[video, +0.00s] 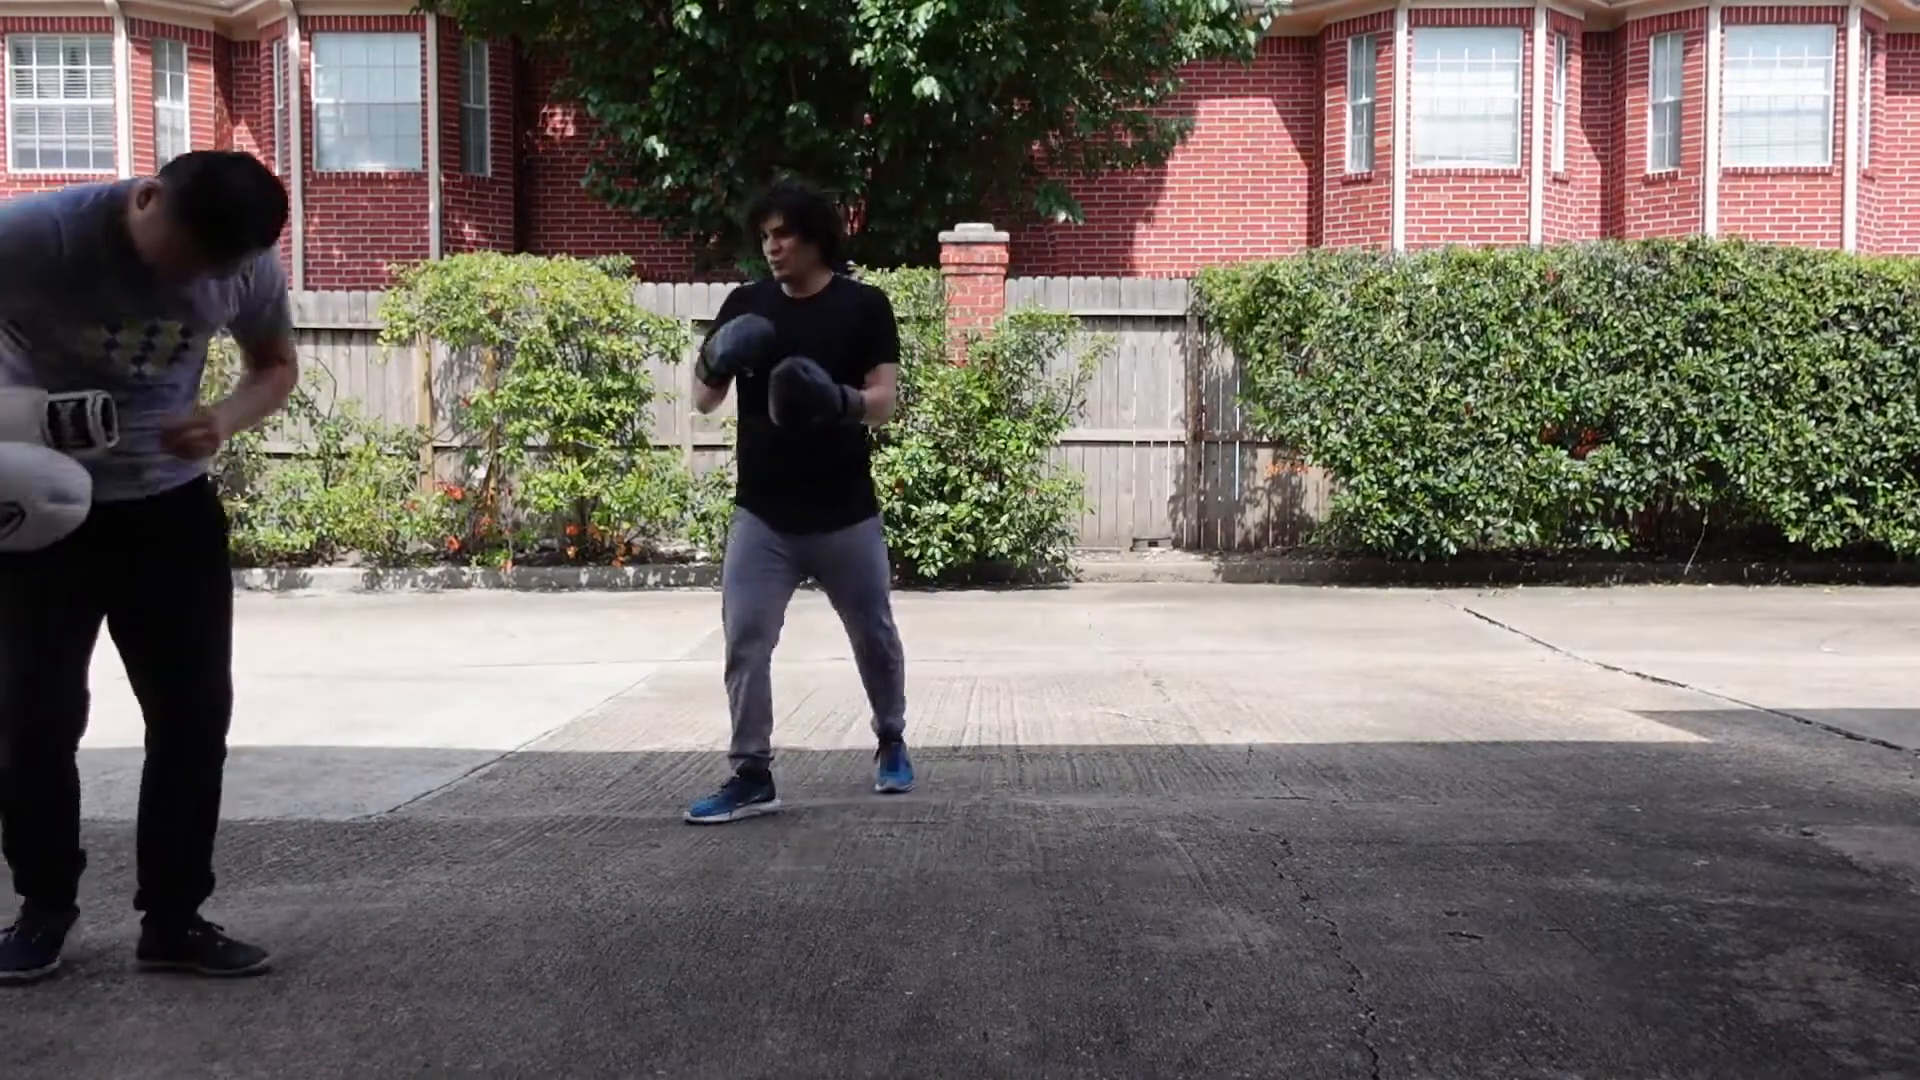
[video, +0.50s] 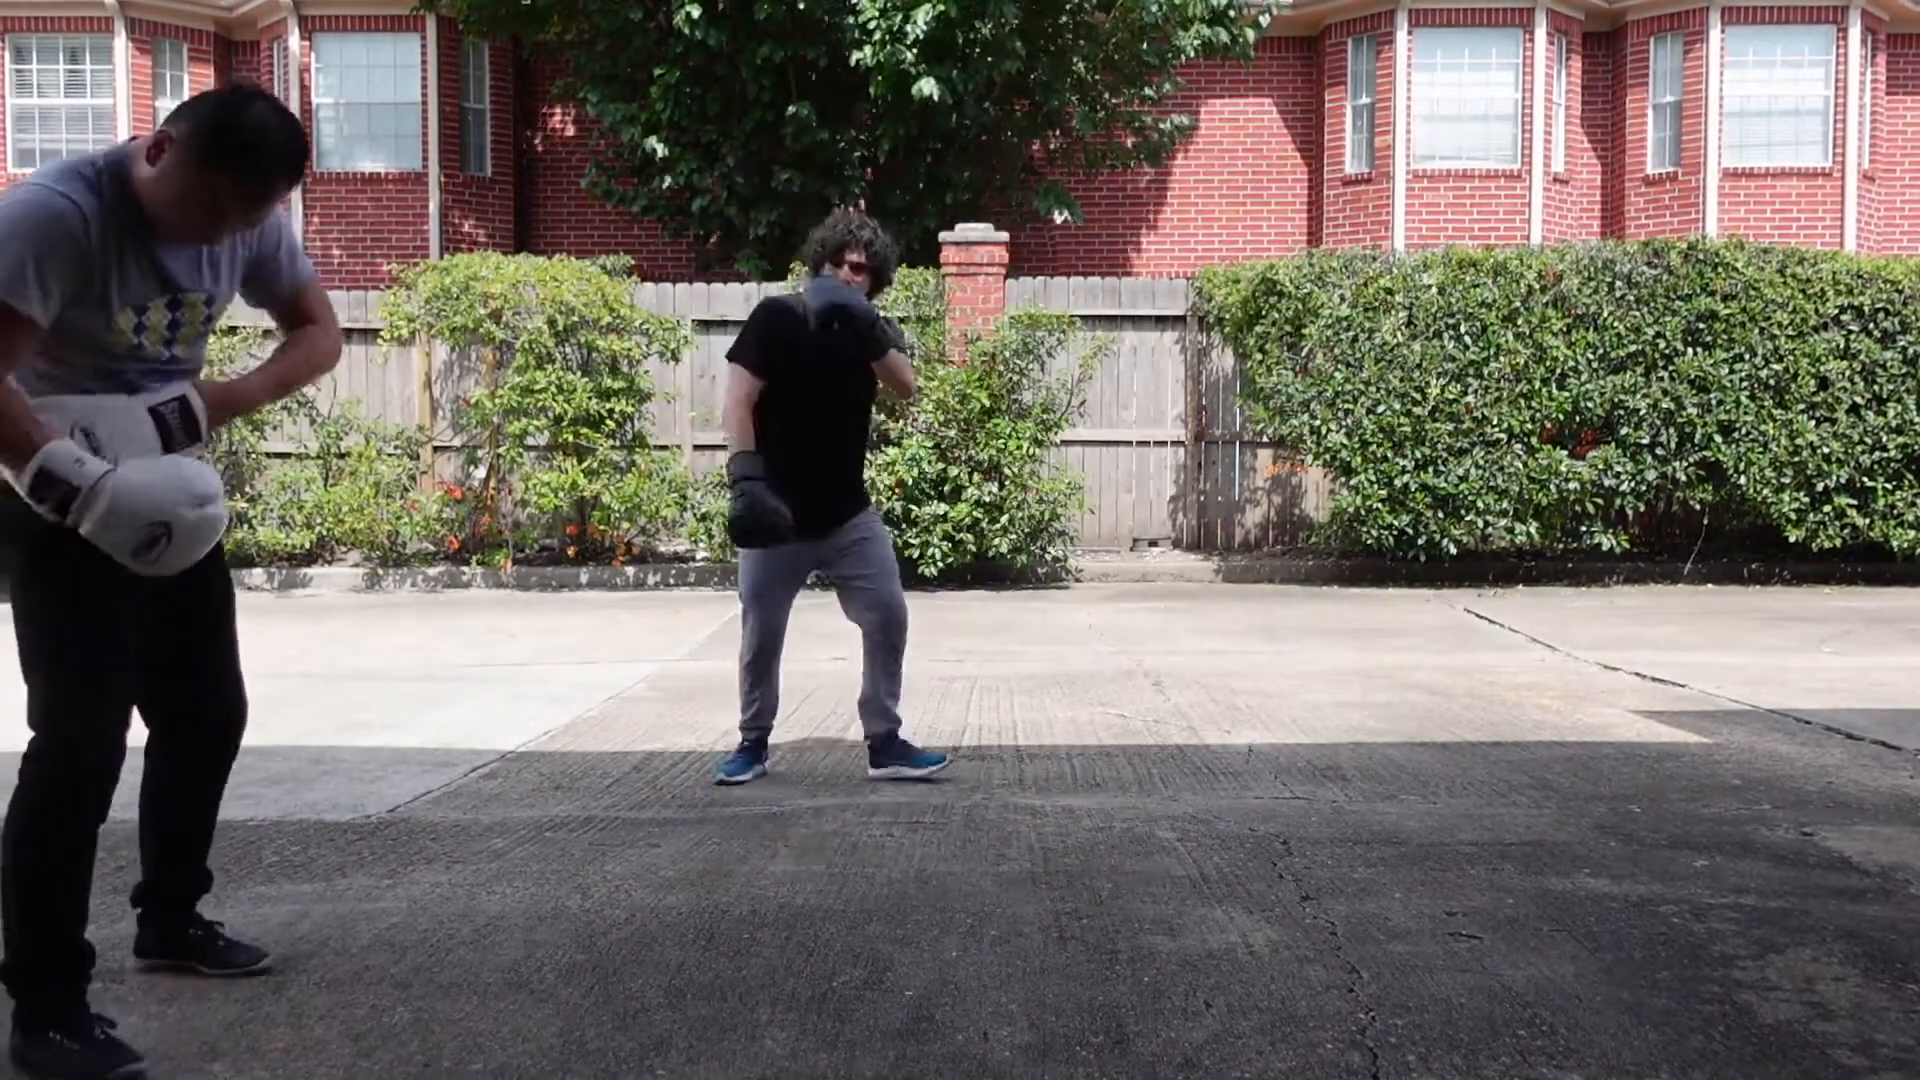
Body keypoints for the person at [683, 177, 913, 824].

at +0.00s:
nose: (772, 248)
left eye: (784, 236)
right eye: (766, 238)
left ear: (818, 236)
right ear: (761, 243)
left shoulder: (864, 306)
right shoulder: (748, 302)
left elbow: (884, 401)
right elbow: (705, 402)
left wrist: (841, 400)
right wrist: (716, 361)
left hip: (845, 515)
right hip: (762, 514)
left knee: (876, 637)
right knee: (743, 640)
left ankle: (892, 743)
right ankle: (751, 774)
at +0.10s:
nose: (793, 253)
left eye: (805, 242)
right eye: (787, 243)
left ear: (840, 246)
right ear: (782, 248)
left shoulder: (883, 315)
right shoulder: (765, 306)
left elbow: (900, 410)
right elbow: (728, 403)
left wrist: (852, 414)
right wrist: (740, 375)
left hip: (856, 517)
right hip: (775, 514)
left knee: (871, 641)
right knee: (757, 640)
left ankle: (885, 749)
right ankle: (753, 773)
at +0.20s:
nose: (812, 255)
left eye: (824, 244)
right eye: (804, 245)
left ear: (855, 248)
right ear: (797, 249)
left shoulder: (894, 318)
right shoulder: (773, 305)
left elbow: (907, 411)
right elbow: (738, 386)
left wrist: (866, 418)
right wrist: (759, 379)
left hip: (859, 510)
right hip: (778, 506)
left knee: (874, 636)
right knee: (762, 626)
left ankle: (887, 748)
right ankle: (764, 759)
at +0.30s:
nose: (825, 258)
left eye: (837, 248)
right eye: (817, 247)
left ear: (866, 253)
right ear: (807, 249)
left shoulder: (894, 321)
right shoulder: (775, 305)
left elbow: (909, 413)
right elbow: (733, 383)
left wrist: (876, 398)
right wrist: (760, 393)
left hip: (858, 510)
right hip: (778, 506)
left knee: (874, 633)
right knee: (753, 616)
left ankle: (887, 746)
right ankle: (764, 740)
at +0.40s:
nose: (837, 266)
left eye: (850, 256)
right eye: (828, 254)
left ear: (871, 265)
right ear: (814, 258)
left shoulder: (886, 325)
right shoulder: (776, 309)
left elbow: (908, 409)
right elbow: (729, 385)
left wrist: (879, 356)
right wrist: (748, 429)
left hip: (854, 511)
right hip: (776, 511)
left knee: (872, 632)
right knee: (750, 632)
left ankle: (886, 747)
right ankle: (743, 737)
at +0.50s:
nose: (852, 277)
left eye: (864, 271)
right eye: (843, 266)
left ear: (876, 285)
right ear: (820, 266)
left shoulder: (870, 332)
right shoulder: (777, 317)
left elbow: (906, 387)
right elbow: (737, 398)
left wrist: (865, 323)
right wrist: (748, 478)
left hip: (849, 515)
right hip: (776, 517)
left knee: (888, 615)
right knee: (760, 640)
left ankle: (884, 744)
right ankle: (752, 744)